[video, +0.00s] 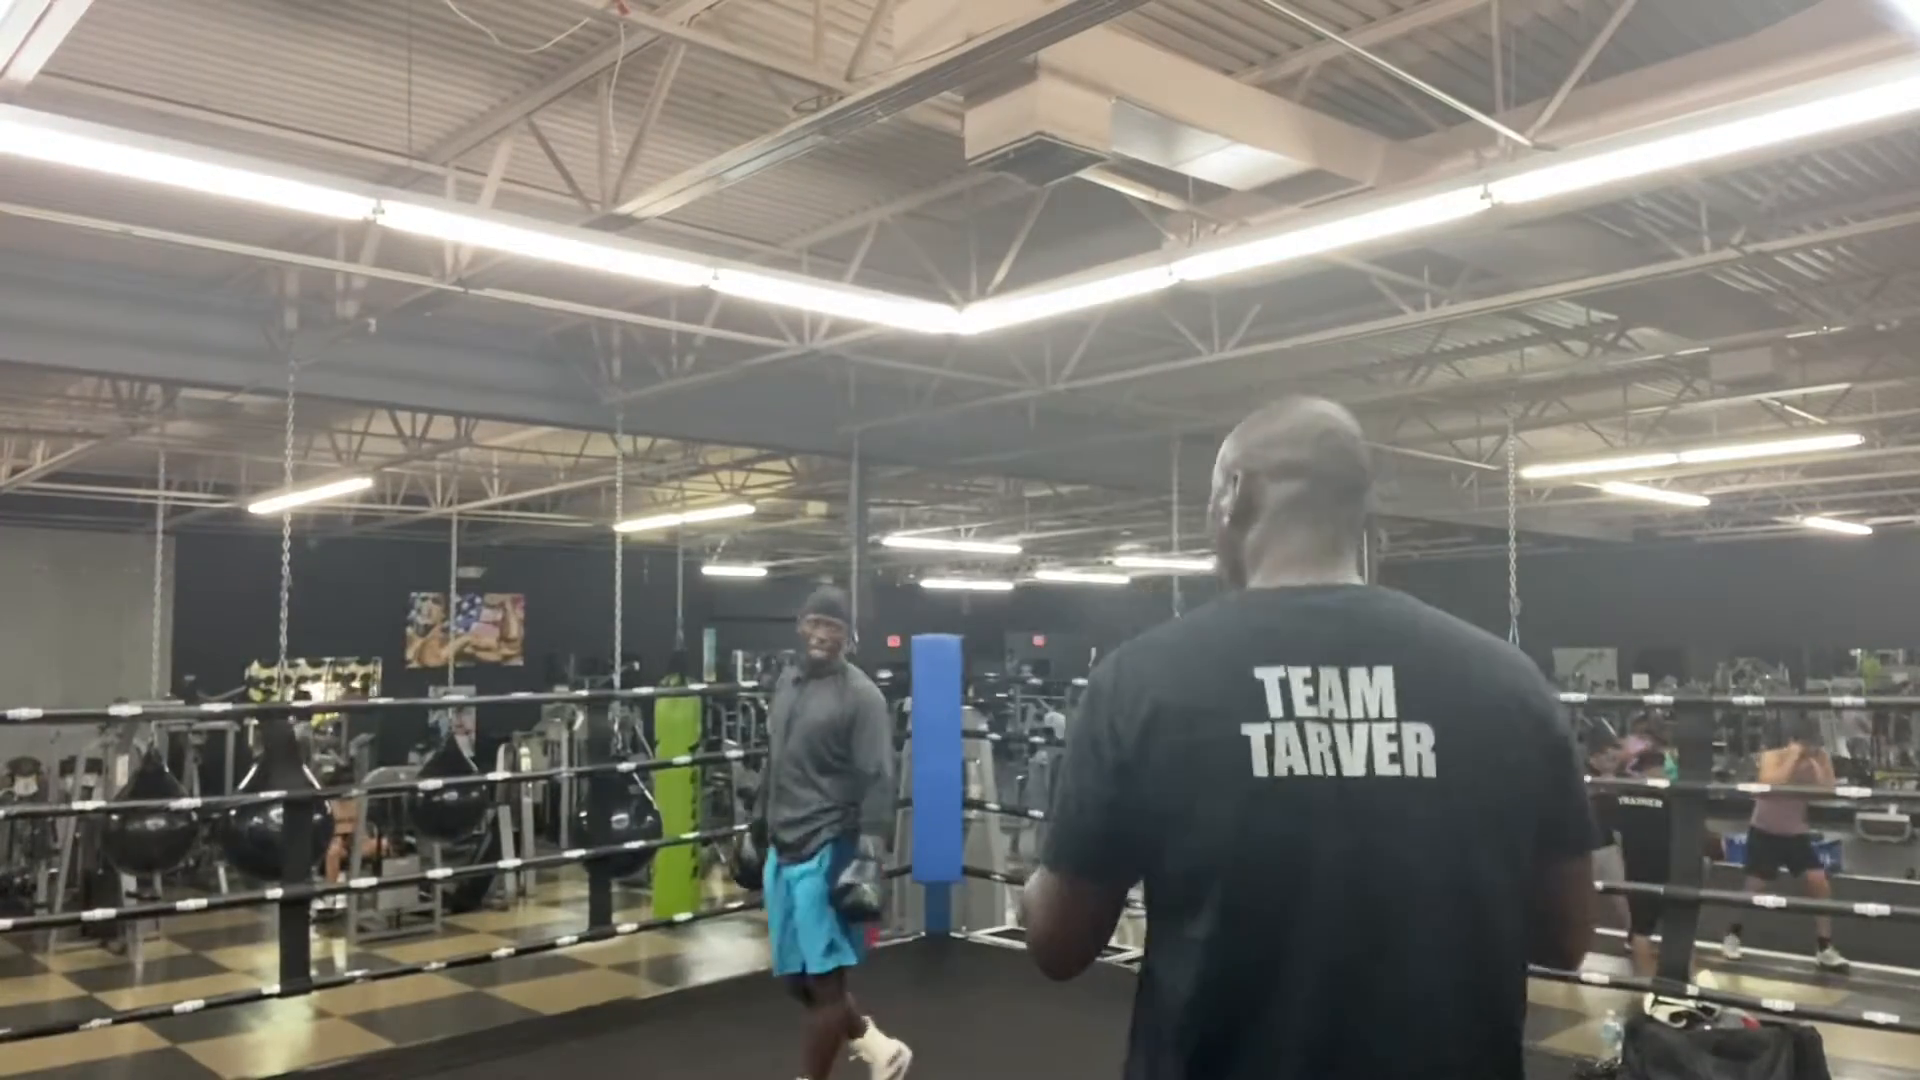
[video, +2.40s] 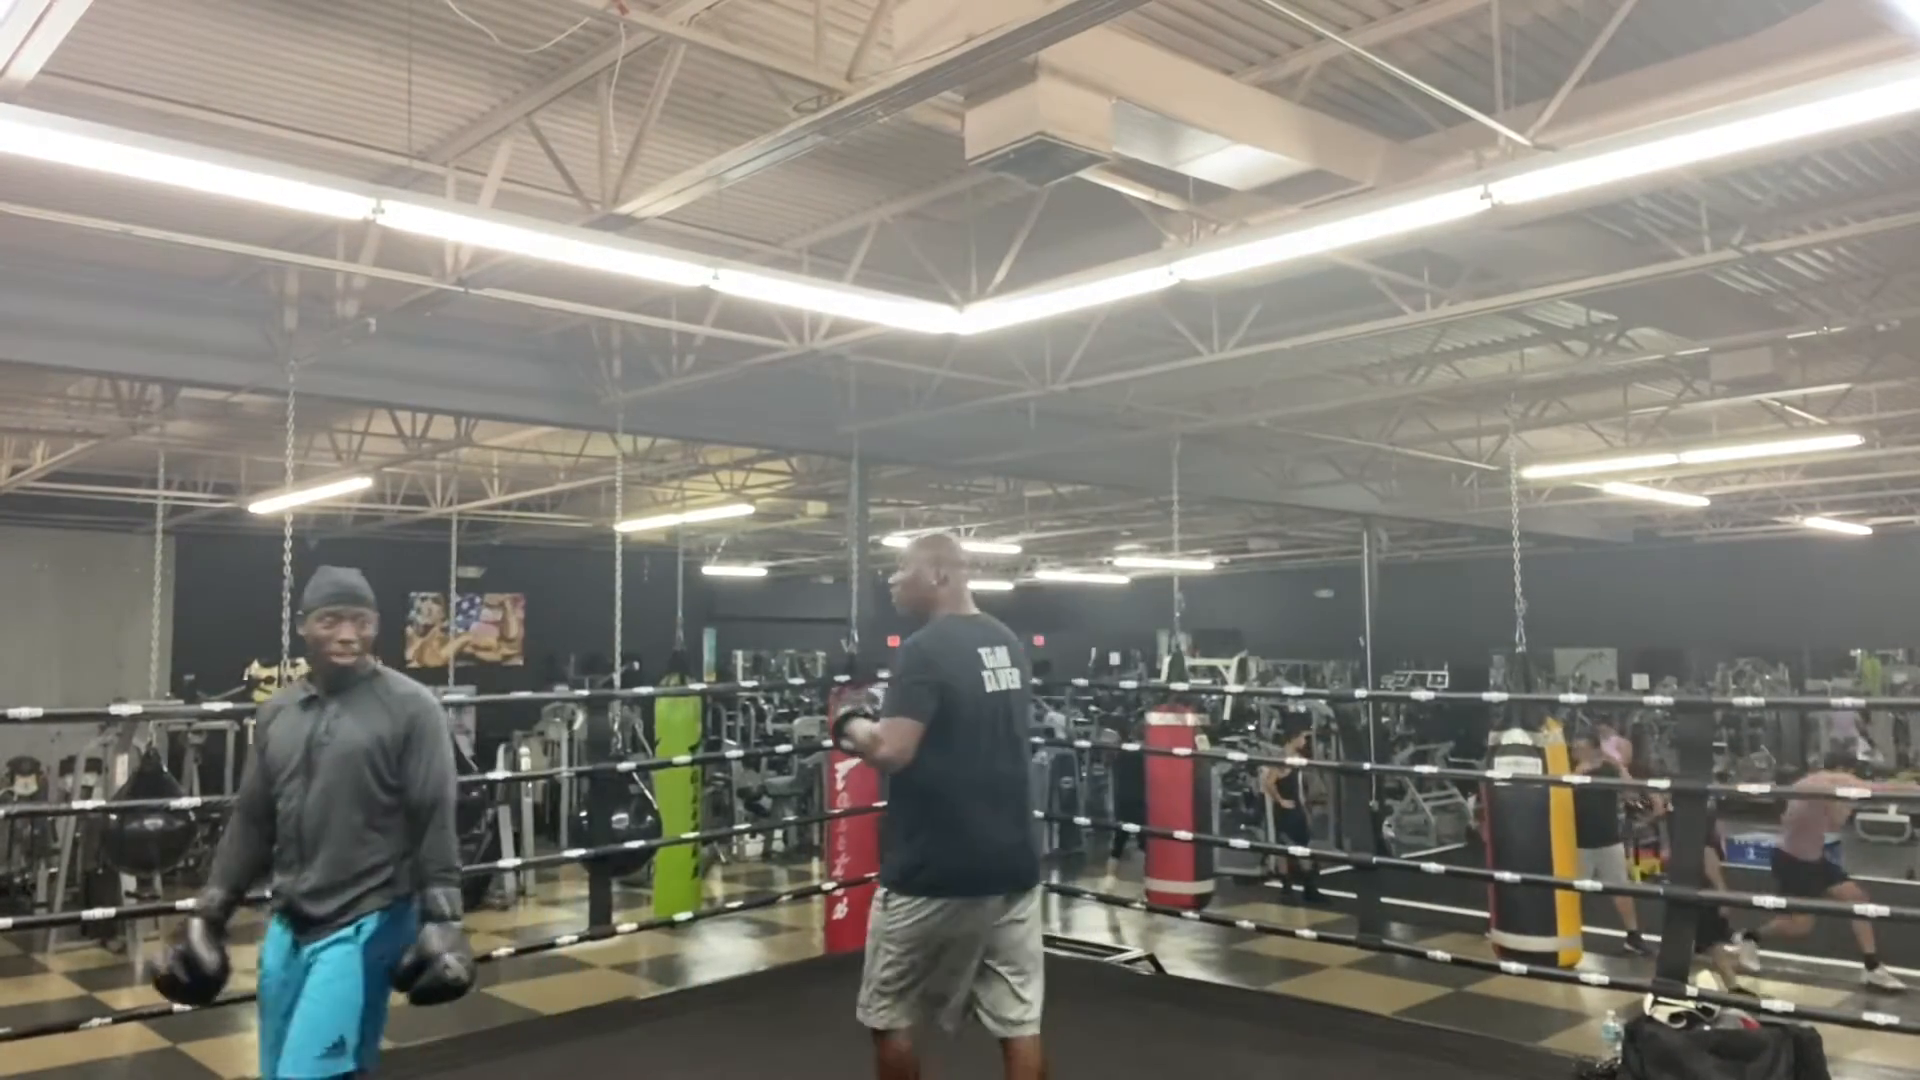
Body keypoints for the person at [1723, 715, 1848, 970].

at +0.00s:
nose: (1805, 748)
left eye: (1809, 744)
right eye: (1800, 743)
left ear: (1814, 743)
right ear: (1789, 740)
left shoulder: (1818, 758)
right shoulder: (1772, 756)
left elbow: (1828, 788)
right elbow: (1771, 781)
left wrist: (1817, 761)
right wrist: (1792, 756)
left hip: (1796, 834)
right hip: (1764, 832)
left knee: (1820, 885)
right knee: (1755, 886)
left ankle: (1824, 947)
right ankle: (1733, 934)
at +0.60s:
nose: (1774, 751)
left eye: (1778, 747)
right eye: (1769, 745)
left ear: (1782, 746)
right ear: (1758, 743)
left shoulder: (1785, 761)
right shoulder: (1737, 759)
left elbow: (1795, 794)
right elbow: (1735, 787)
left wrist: (1785, 765)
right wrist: (1756, 758)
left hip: (1772, 838)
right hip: (1739, 836)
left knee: (1801, 890)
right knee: (1731, 892)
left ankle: (1822, 948)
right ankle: (1716, 945)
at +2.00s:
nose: (1763, 760)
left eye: (1767, 754)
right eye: (1757, 754)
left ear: (1774, 752)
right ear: (1748, 753)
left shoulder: (1786, 768)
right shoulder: (1738, 773)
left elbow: (1806, 806)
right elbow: (1735, 807)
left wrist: (1785, 782)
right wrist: (1757, 782)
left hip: (1782, 847)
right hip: (1744, 847)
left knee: (1819, 894)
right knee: (1733, 898)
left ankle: (1838, 957)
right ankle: (1721, 946)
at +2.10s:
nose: (1780, 767)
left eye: (1785, 761)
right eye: (1774, 762)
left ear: (1790, 759)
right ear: (1764, 759)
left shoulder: (1798, 772)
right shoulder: (1751, 776)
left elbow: (1818, 811)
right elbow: (1743, 811)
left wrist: (1797, 786)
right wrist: (1772, 787)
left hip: (1796, 854)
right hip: (1758, 853)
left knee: (1833, 901)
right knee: (1739, 901)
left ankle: (1866, 963)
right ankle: (1721, 946)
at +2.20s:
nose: (1804, 767)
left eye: (1809, 761)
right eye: (1800, 760)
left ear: (1818, 762)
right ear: (1792, 760)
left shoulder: (1822, 778)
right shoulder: (1776, 778)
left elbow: (1831, 818)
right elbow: (1778, 812)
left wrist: (1821, 787)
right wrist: (1804, 787)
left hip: (1809, 861)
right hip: (1774, 859)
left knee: (1845, 898)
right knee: (1755, 914)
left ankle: (1873, 966)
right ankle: (1724, 944)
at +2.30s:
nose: (1845, 780)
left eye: (1848, 776)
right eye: (1845, 774)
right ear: (1833, 765)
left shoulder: (1823, 786)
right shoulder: (1808, 778)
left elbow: (1840, 819)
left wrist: (1849, 788)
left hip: (1814, 862)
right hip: (1785, 862)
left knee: (1856, 900)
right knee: (1782, 919)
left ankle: (1873, 967)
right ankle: (1732, 939)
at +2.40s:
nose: (1854, 778)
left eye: (1854, 774)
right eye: (1853, 773)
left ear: (1833, 765)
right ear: (1846, 769)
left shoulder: (1808, 781)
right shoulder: (1833, 780)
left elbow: (1835, 823)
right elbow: (1873, 790)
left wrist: (1847, 797)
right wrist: (1912, 789)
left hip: (1816, 863)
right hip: (1791, 863)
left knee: (1857, 901)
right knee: (1801, 925)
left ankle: (1872, 967)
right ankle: (1749, 939)